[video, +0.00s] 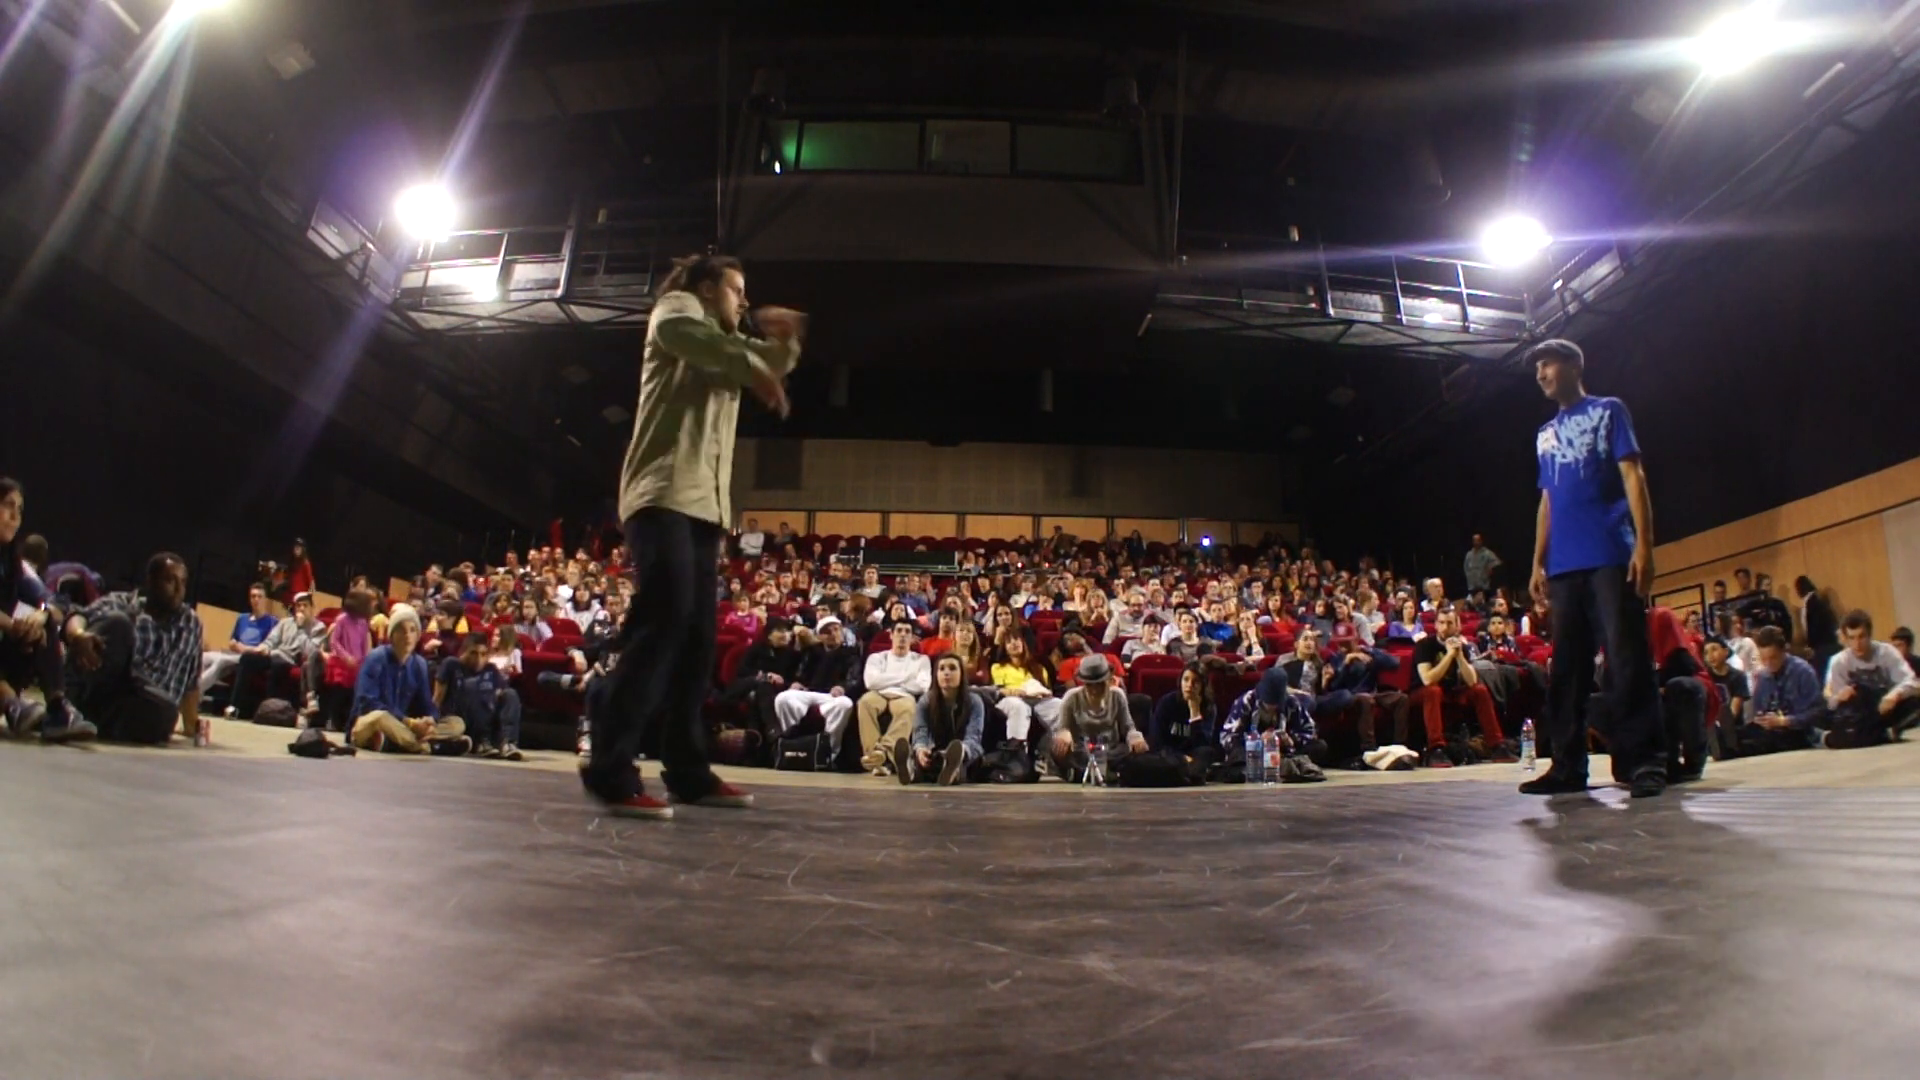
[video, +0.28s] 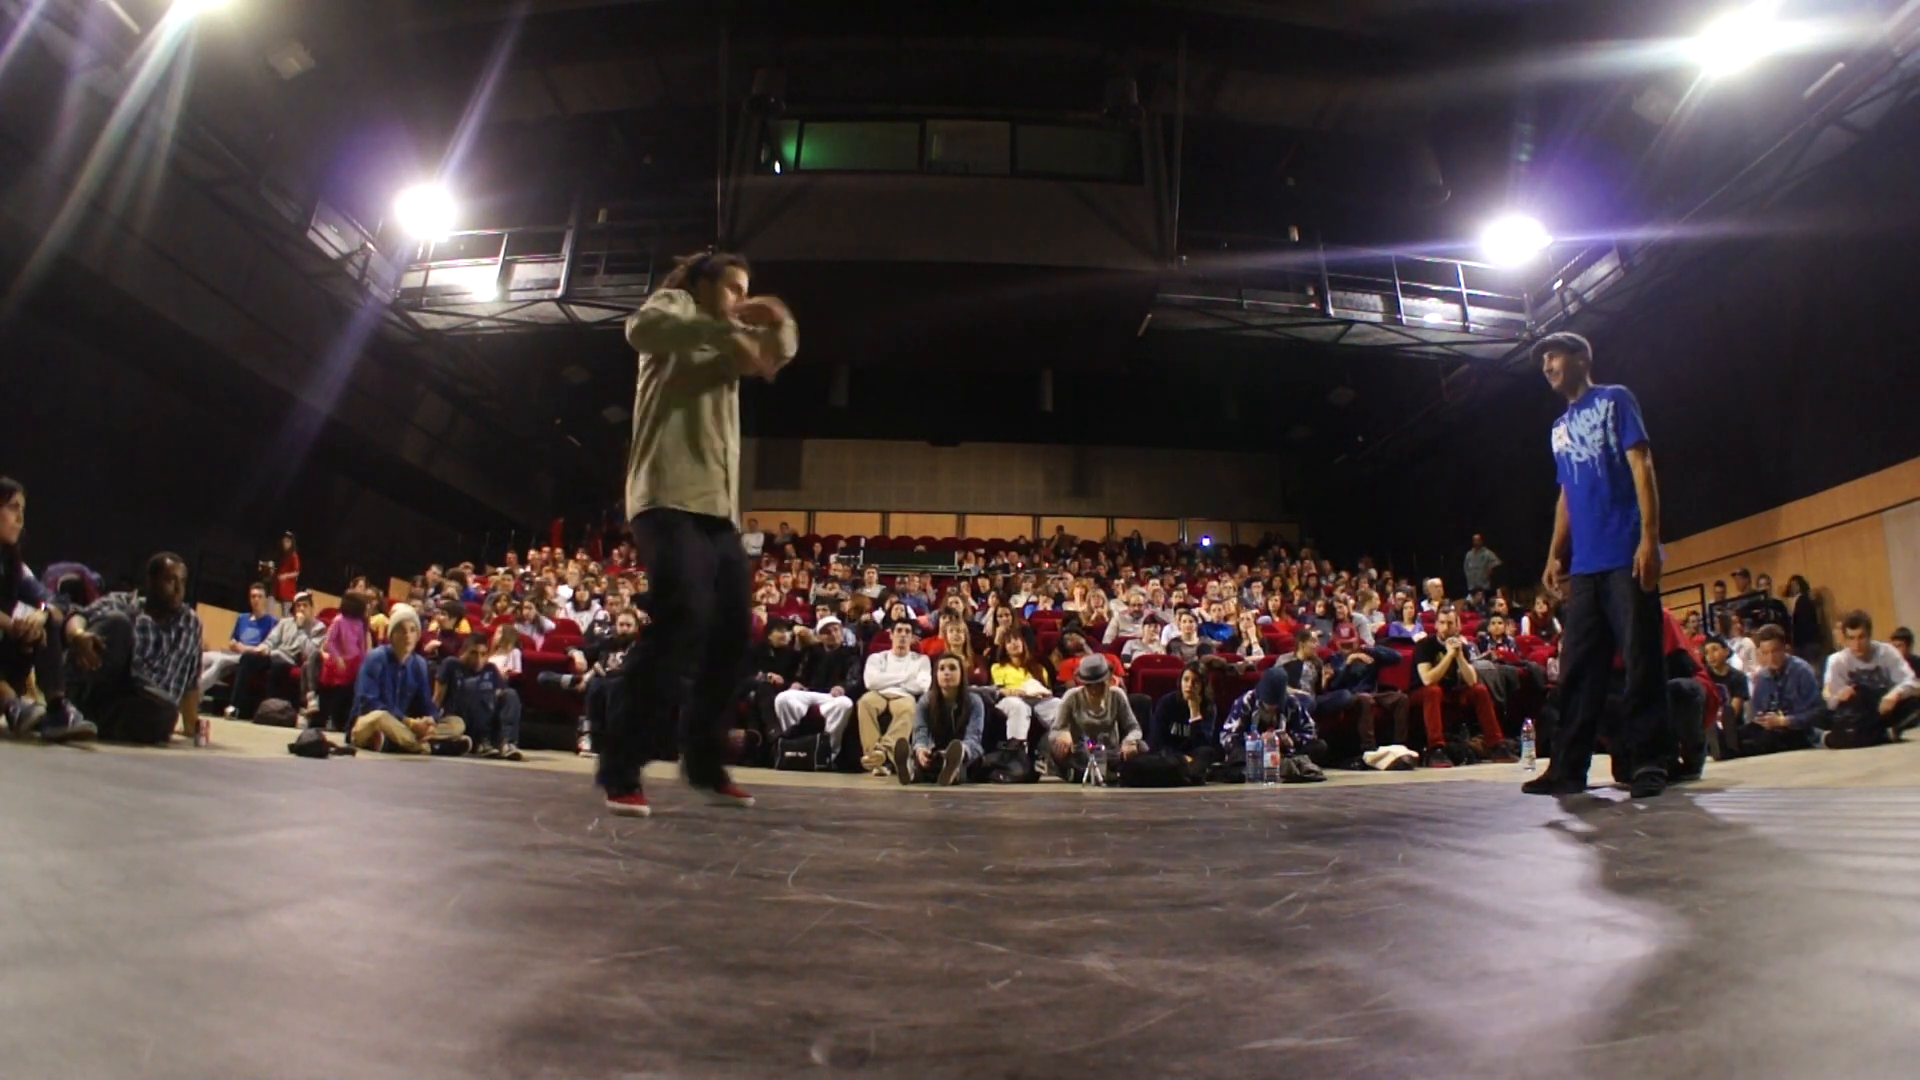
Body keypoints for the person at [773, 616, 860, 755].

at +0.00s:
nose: (833, 635)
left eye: (836, 630)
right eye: (827, 632)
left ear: (841, 632)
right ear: (820, 636)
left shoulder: (850, 652)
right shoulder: (812, 651)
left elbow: (854, 679)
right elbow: (801, 674)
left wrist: (842, 688)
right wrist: (798, 683)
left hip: (832, 694)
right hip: (808, 691)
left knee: (844, 704)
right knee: (783, 700)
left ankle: (829, 754)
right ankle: (794, 749)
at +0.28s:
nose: (833, 635)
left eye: (836, 630)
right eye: (827, 632)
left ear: (841, 632)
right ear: (820, 636)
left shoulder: (850, 652)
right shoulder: (812, 651)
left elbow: (854, 679)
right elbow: (802, 675)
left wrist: (842, 688)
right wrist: (798, 683)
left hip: (832, 694)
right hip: (809, 692)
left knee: (844, 704)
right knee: (783, 700)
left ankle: (829, 754)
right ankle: (793, 749)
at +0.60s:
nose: (833, 635)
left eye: (836, 630)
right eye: (827, 632)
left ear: (841, 632)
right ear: (820, 636)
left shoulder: (850, 653)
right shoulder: (812, 651)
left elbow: (854, 679)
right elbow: (800, 673)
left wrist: (842, 688)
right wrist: (797, 683)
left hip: (832, 694)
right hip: (808, 691)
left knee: (844, 704)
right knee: (784, 699)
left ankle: (830, 753)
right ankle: (792, 748)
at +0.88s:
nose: (833, 635)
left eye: (836, 630)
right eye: (827, 632)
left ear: (841, 632)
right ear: (820, 636)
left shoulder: (850, 653)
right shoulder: (812, 651)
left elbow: (854, 679)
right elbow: (802, 675)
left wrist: (842, 688)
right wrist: (798, 683)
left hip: (832, 694)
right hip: (809, 691)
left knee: (844, 704)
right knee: (787, 699)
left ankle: (829, 753)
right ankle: (791, 748)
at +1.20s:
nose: (832, 635)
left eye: (836, 631)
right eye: (827, 632)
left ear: (840, 632)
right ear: (819, 636)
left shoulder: (849, 653)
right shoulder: (812, 651)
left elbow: (853, 678)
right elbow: (801, 675)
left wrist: (843, 687)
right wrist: (797, 683)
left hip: (832, 694)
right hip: (808, 691)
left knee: (845, 704)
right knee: (791, 698)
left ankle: (831, 752)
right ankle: (787, 745)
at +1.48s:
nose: (833, 635)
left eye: (836, 631)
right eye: (827, 632)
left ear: (841, 632)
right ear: (820, 636)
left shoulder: (849, 652)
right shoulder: (812, 652)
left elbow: (853, 678)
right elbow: (801, 675)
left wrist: (842, 687)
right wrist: (797, 683)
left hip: (832, 694)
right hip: (808, 691)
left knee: (845, 704)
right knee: (790, 697)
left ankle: (831, 752)